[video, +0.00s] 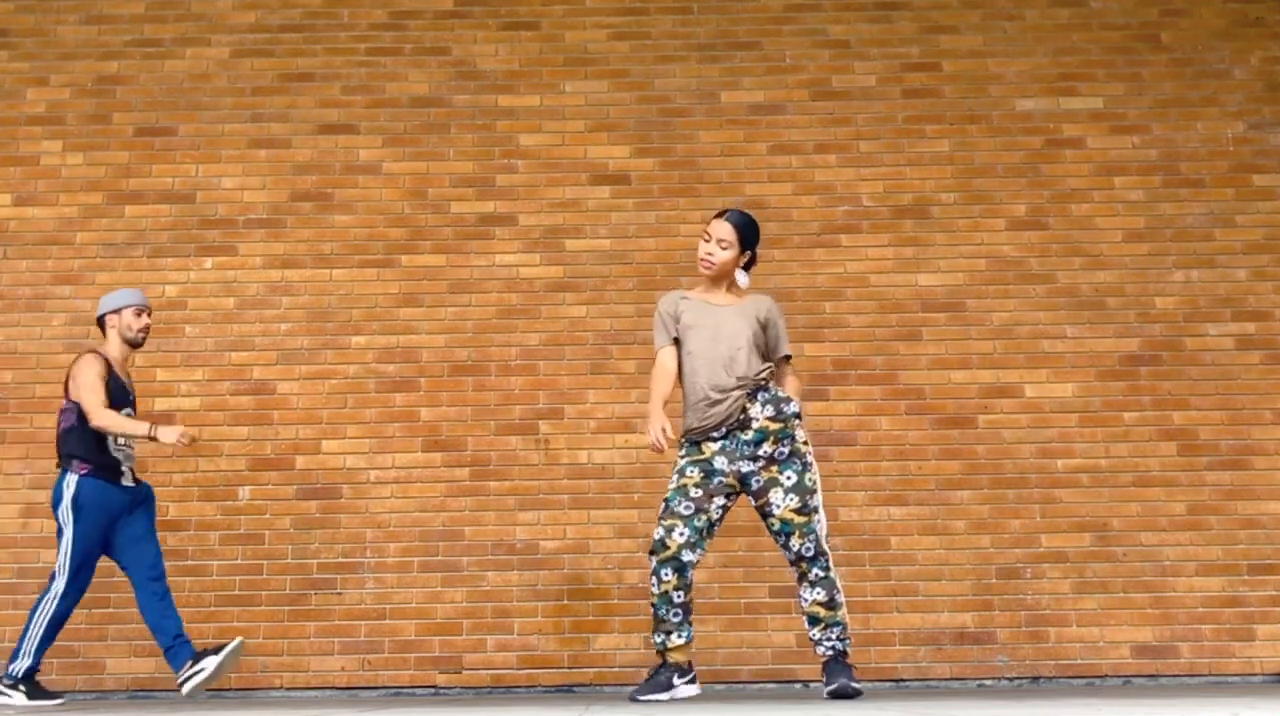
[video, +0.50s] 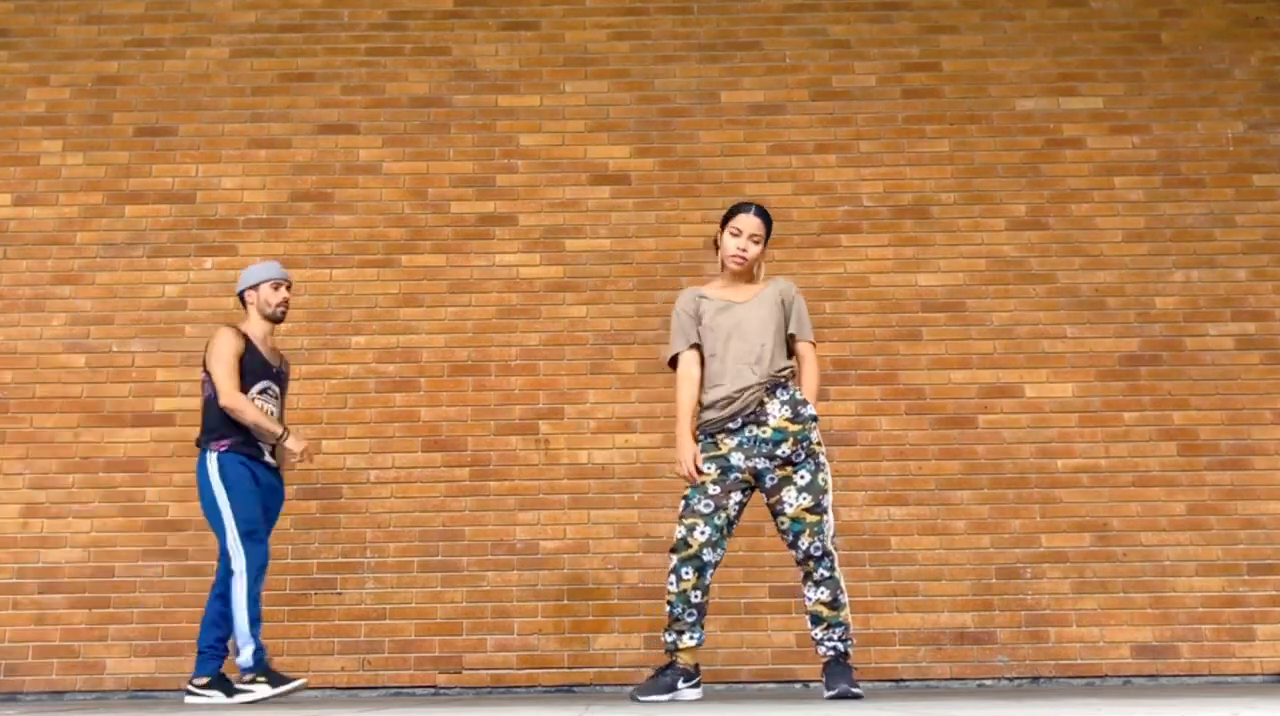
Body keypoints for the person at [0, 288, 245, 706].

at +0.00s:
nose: (146, 322)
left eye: (148, 316)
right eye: (138, 314)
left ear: (138, 325)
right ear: (111, 320)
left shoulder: (121, 381)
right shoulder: (90, 362)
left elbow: (109, 442)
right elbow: (97, 415)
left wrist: (129, 479)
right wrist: (154, 430)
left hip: (126, 495)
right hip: (86, 489)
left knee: (150, 579)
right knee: (67, 584)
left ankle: (187, 665)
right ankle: (16, 677)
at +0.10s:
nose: (176, 322)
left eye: (178, 315)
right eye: (168, 313)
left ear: (173, 323)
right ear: (140, 318)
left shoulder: (151, 376)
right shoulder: (122, 359)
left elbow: (139, 436)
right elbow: (142, 411)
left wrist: (157, 476)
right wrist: (195, 441)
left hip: (155, 496)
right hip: (114, 491)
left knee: (168, 586)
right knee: (85, 582)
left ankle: (192, 673)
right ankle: (24, 667)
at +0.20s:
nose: (207, 311)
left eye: (209, 304)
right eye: (199, 302)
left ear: (199, 313)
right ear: (171, 308)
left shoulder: (183, 362)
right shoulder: (157, 343)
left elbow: (181, 421)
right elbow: (175, 402)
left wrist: (203, 456)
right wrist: (210, 445)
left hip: (188, 484)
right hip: (149, 478)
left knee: (186, 581)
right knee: (119, 570)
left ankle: (199, 674)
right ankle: (46, 653)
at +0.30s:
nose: (236, 303)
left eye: (237, 296)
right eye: (227, 295)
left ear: (228, 306)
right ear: (200, 302)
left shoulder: (215, 357)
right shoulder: (186, 339)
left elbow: (213, 418)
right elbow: (202, 407)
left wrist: (230, 459)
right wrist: (229, 447)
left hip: (212, 479)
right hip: (178, 472)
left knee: (203, 580)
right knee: (152, 565)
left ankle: (202, 675)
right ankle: (90, 656)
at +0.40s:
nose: (262, 298)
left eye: (264, 291)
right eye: (254, 290)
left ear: (260, 301)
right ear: (227, 297)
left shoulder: (241, 357)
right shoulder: (210, 338)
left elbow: (233, 417)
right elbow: (222, 403)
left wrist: (255, 449)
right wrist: (258, 440)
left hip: (239, 476)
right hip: (203, 469)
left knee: (223, 575)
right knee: (196, 568)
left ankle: (207, 672)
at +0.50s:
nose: (285, 295)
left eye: (287, 289)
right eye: (275, 287)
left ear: (286, 299)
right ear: (249, 296)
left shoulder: (280, 363)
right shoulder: (227, 338)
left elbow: (275, 428)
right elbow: (230, 400)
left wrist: (280, 466)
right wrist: (282, 434)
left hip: (263, 470)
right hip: (225, 464)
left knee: (236, 564)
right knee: (248, 555)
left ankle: (205, 674)